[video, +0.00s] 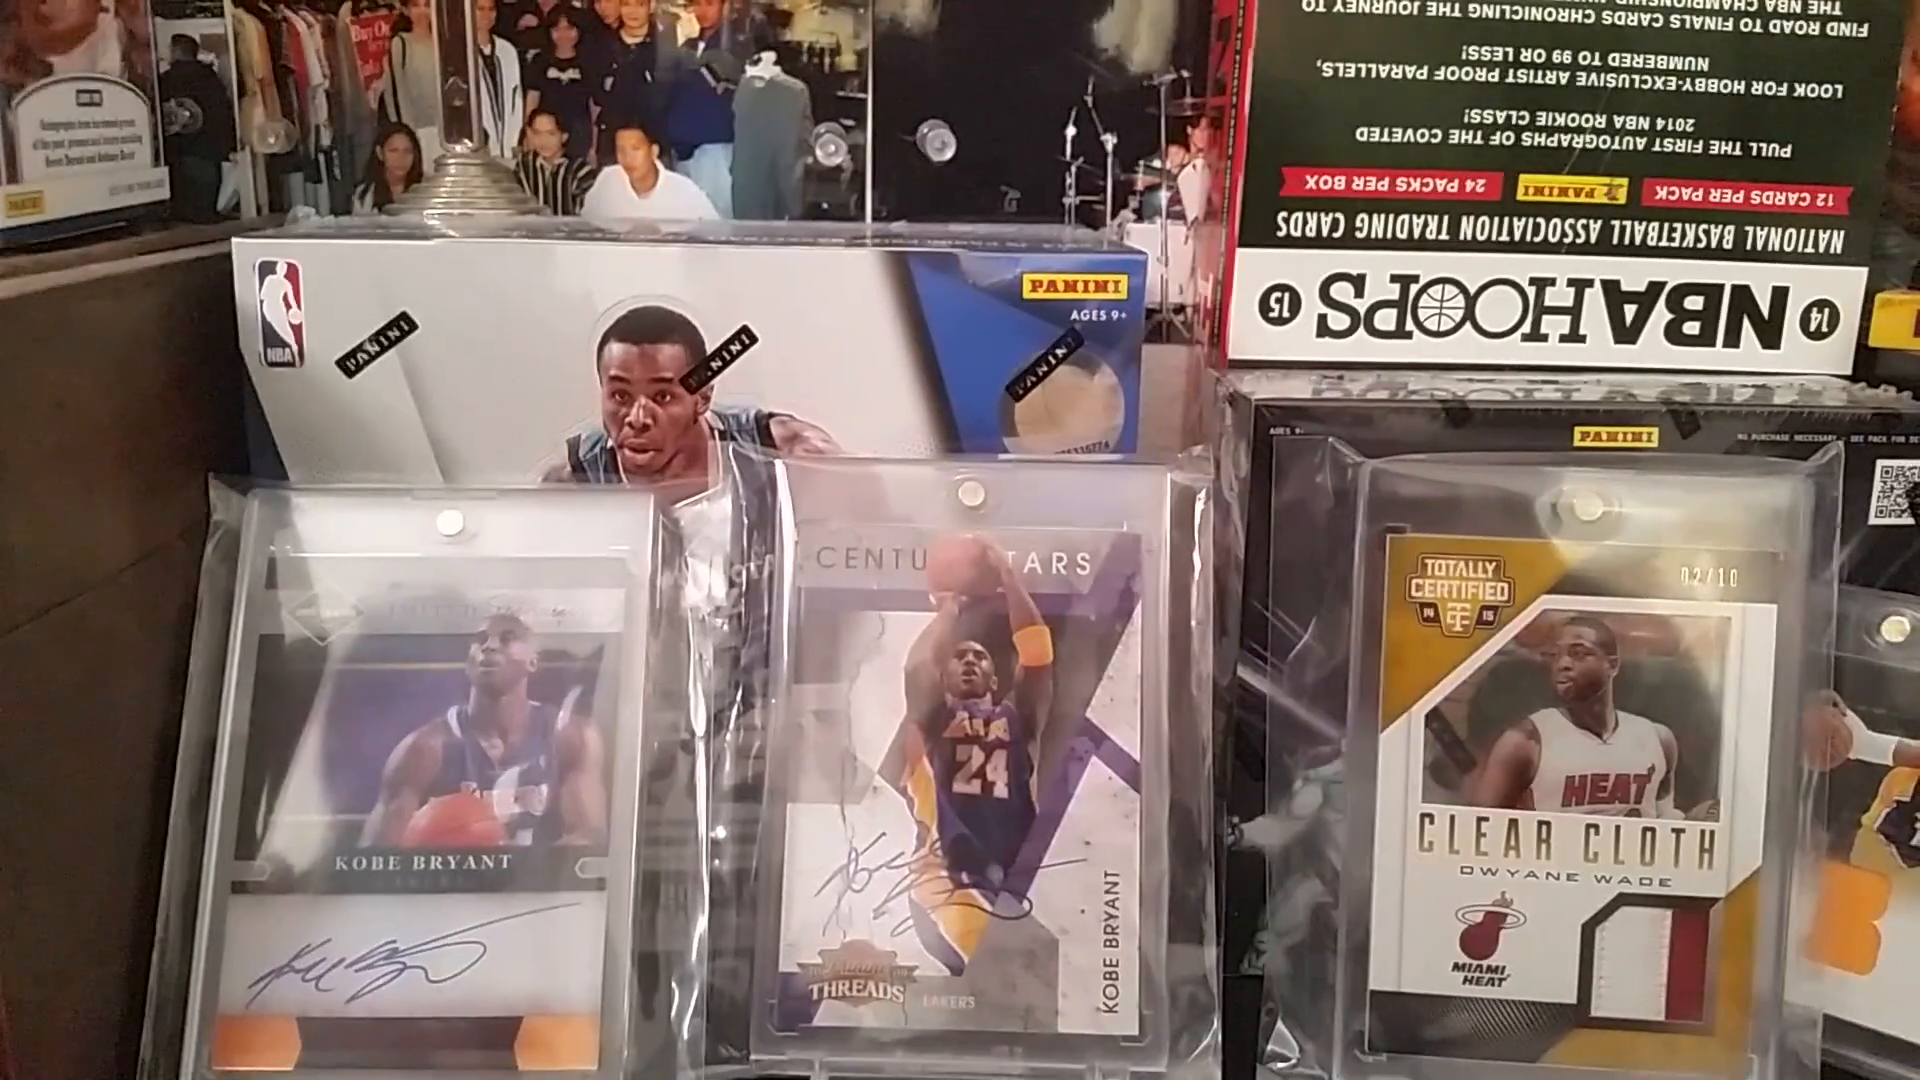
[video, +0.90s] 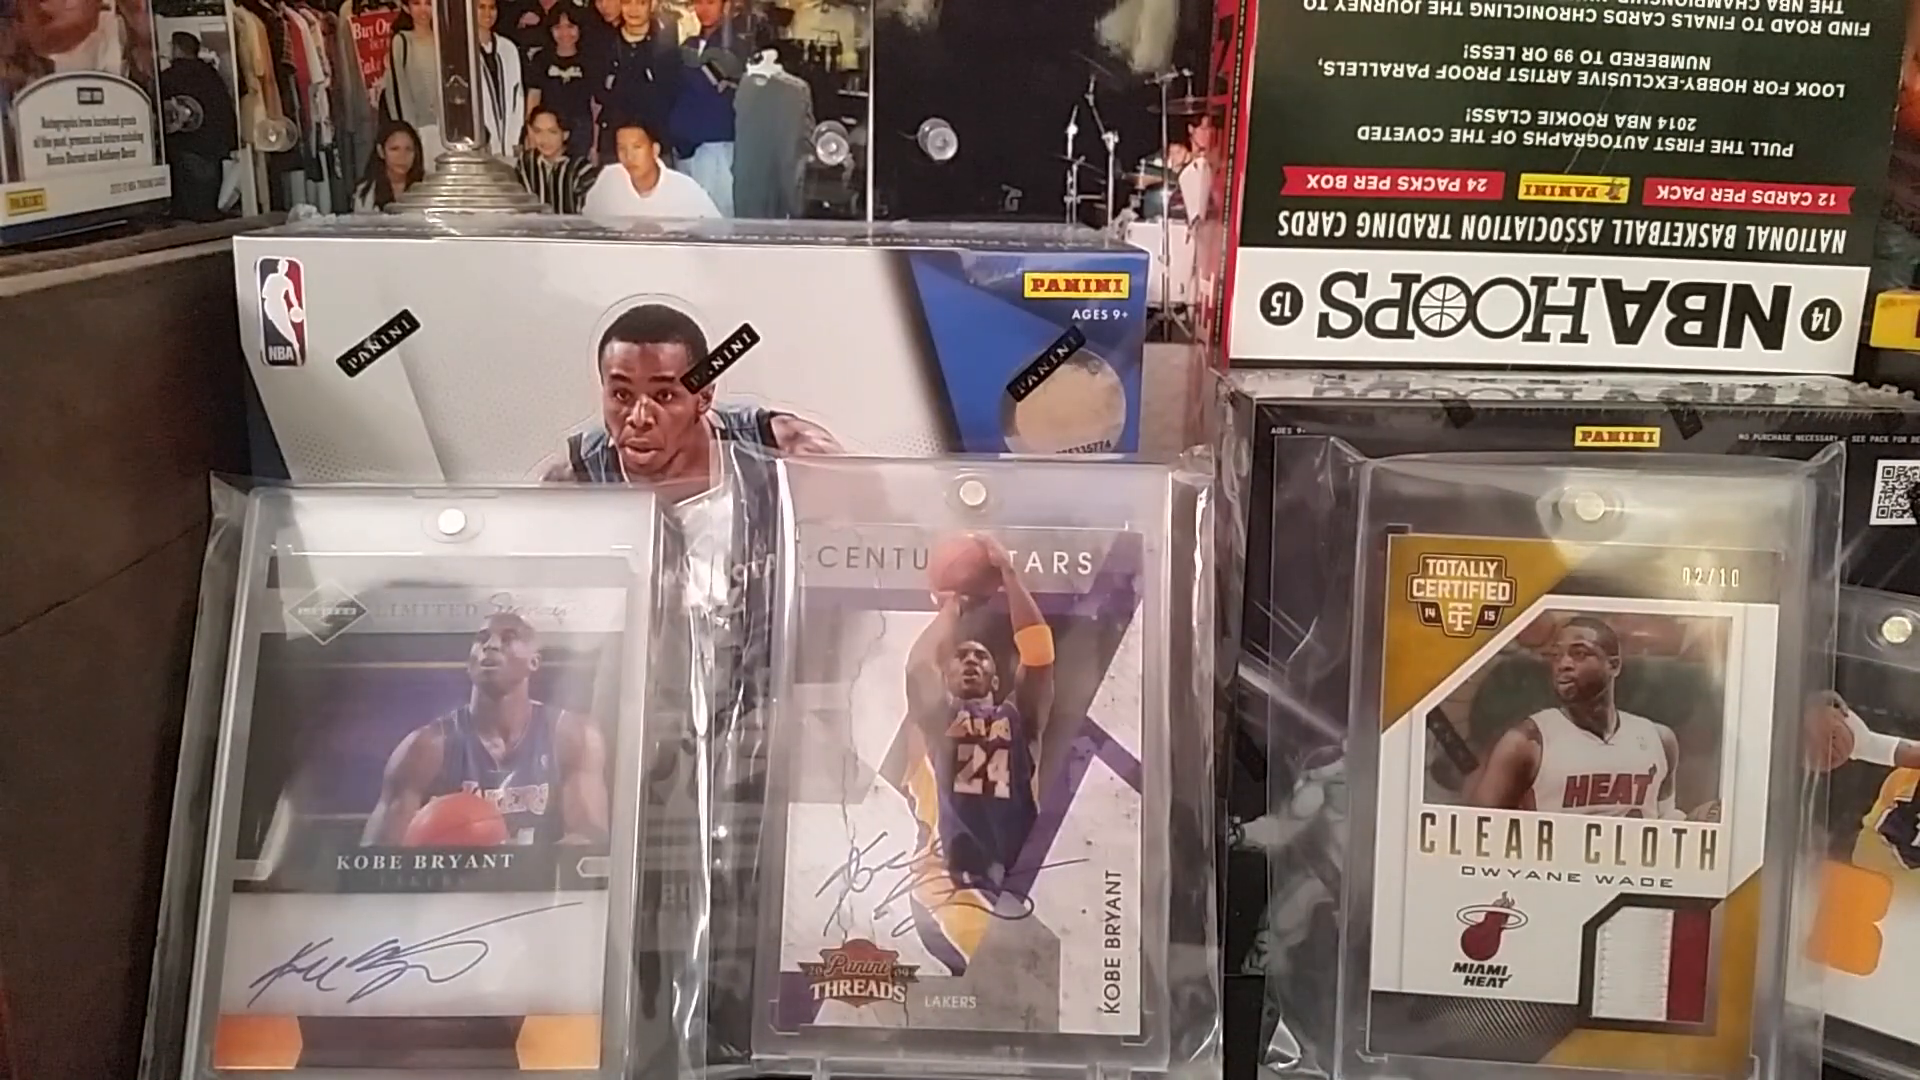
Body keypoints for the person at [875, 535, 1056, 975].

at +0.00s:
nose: (971, 660)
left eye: (980, 656)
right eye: (958, 655)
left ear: (995, 674)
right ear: (941, 673)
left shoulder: (1019, 719)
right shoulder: (931, 719)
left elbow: (1034, 650)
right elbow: (917, 667)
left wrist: (1007, 573)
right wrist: (949, 607)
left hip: (1012, 877)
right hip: (945, 876)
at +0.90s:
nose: (970, 661)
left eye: (981, 656)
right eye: (959, 656)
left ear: (996, 673)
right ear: (944, 674)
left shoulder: (1020, 716)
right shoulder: (938, 719)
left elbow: (1037, 652)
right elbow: (919, 665)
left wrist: (1009, 571)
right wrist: (950, 607)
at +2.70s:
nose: (972, 661)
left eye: (982, 657)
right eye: (961, 656)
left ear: (995, 681)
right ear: (946, 676)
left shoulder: (1023, 719)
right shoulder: (935, 716)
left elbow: (1038, 649)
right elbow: (921, 662)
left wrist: (1008, 572)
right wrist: (952, 604)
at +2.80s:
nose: (971, 661)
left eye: (982, 657)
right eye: (961, 656)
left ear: (995, 681)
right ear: (944, 675)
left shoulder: (1020, 717)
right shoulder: (937, 718)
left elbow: (1038, 654)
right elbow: (919, 663)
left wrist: (1008, 572)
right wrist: (953, 606)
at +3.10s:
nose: (972, 660)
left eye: (982, 657)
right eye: (962, 656)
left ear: (995, 674)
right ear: (948, 669)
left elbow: (1038, 653)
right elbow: (919, 666)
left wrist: (1008, 571)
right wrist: (952, 604)